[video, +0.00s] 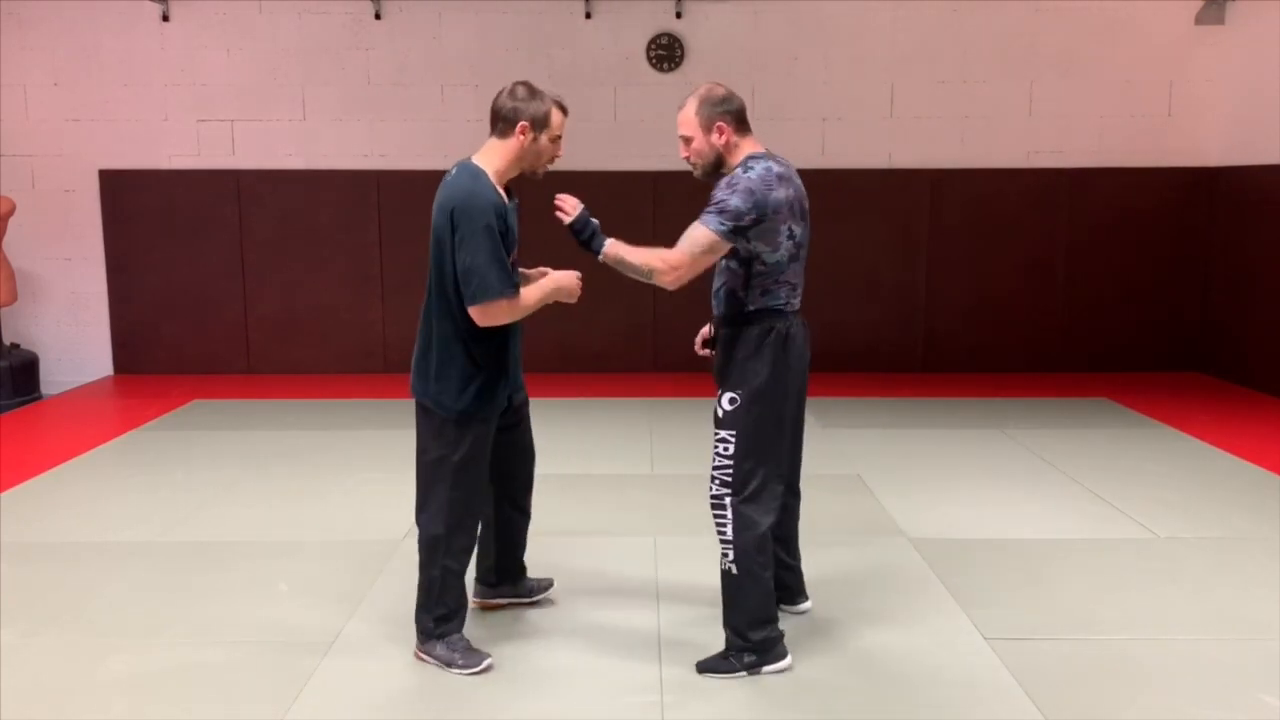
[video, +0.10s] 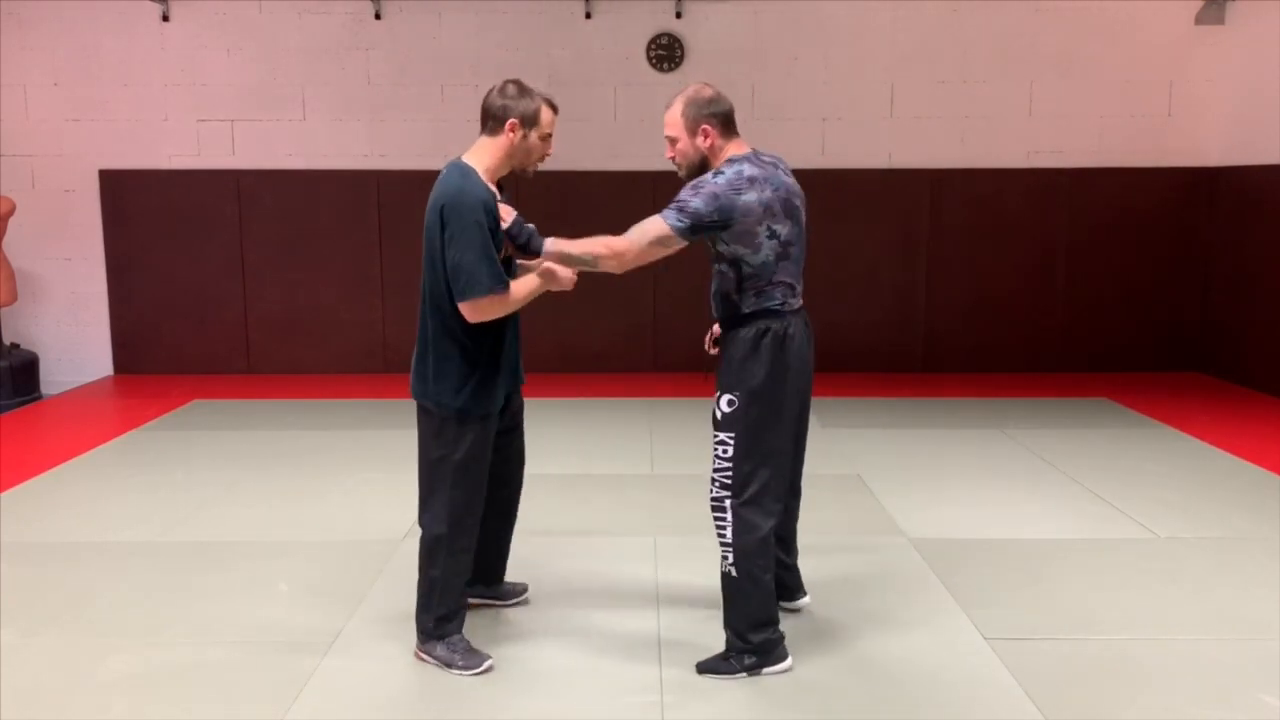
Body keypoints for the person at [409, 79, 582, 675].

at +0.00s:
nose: (558, 153)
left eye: (560, 140)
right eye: (555, 140)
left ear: (519, 132)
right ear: (524, 133)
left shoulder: (491, 187)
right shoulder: (472, 199)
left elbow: (484, 277)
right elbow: (487, 309)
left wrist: (527, 279)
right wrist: (546, 290)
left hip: (495, 376)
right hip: (456, 384)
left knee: (511, 480)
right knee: (452, 511)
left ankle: (500, 579)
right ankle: (437, 632)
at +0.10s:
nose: (548, 150)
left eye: (550, 139)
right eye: (545, 138)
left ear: (509, 130)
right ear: (513, 131)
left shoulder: (484, 187)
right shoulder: (464, 198)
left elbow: (512, 260)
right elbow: (477, 306)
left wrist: (565, 262)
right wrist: (538, 279)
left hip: (492, 378)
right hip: (456, 385)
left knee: (499, 485)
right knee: (452, 509)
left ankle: (480, 579)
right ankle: (437, 633)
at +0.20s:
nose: (541, 156)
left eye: (544, 145)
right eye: (539, 143)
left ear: (505, 134)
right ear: (505, 133)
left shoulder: (485, 190)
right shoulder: (453, 196)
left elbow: (515, 253)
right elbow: (470, 300)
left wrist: (559, 257)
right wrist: (538, 274)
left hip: (491, 379)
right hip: (456, 386)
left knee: (490, 493)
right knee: (458, 508)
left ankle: (475, 584)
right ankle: (438, 633)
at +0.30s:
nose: (539, 160)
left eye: (542, 148)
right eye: (536, 146)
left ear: (507, 136)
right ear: (502, 134)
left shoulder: (484, 190)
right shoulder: (447, 195)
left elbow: (530, 242)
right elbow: (462, 292)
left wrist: (581, 249)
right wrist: (541, 265)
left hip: (481, 377)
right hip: (451, 383)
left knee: (485, 492)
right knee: (465, 502)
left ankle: (471, 584)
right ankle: (441, 629)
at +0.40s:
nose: (541, 164)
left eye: (545, 153)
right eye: (539, 150)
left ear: (512, 136)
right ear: (507, 134)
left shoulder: (488, 189)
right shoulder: (450, 189)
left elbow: (510, 268)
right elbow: (462, 284)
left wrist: (555, 229)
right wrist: (546, 253)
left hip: (478, 369)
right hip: (447, 375)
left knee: (480, 487)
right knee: (460, 497)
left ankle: (470, 586)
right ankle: (440, 627)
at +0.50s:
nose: (539, 171)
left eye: (543, 162)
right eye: (540, 158)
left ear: (511, 139)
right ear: (515, 140)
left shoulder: (489, 190)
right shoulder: (459, 190)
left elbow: (496, 262)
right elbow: (473, 289)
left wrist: (542, 224)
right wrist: (546, 253)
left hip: (474, 367)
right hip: (442, 373)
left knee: (477, 486)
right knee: (448, 502)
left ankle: (471, 583)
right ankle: (431, 633)